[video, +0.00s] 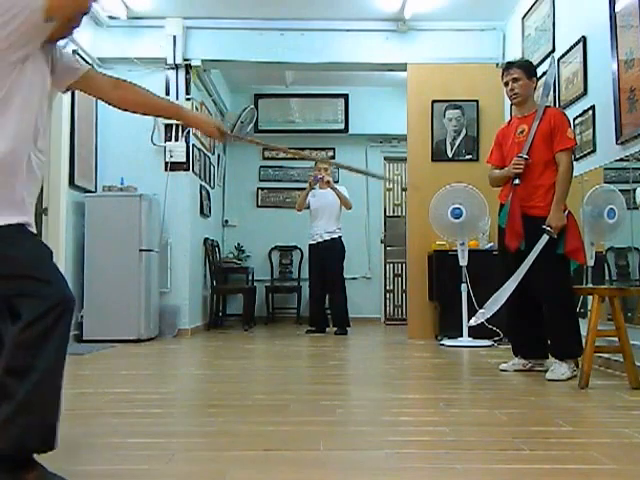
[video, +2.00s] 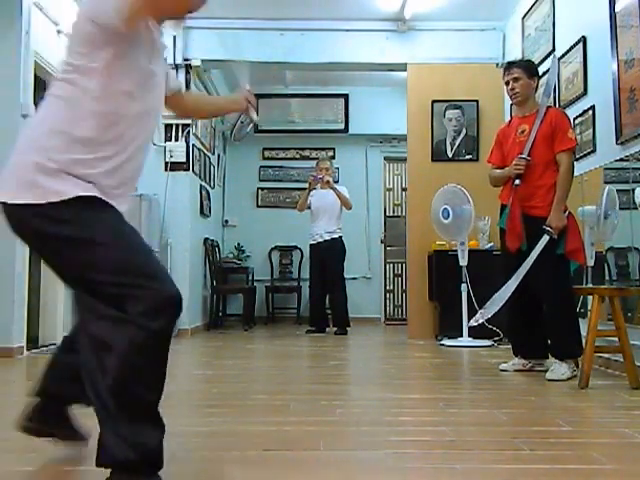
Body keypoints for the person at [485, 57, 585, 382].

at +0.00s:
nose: (511, 87)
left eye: (516, 80)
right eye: (506, 83)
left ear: (533, 83)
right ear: (504, 89)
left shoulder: (553, 117)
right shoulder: (504, 132)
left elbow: (565, 164)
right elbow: (493, 177)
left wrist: (557, 209)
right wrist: (508, 171)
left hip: (546, 214)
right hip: (513, 215)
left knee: (552, 284)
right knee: (519, 284)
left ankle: (565, 358)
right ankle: (529, 355)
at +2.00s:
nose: (511, 86)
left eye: (516, 80)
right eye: (507, 83)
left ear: (534, 82)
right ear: (505, 89)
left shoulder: (554, 117)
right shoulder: (505, 131)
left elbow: (566, 165)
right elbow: (493, 177)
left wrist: (558, 210)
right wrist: (509, 171)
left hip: (547, 215)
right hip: (514, 216)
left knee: (553, 285)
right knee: (520, 284)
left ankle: (565, 358)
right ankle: (529, 355)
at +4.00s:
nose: (516, 85)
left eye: (522, 79)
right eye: (512, 81)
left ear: (538, 82)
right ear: (508, 88)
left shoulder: (555, 117)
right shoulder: (506, 131)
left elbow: (567, 166)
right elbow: (494, 176)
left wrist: (559, 210)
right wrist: (510, 171)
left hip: (547, 214)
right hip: (514, 215)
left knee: (554, 284)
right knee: (520, 284)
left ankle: (565, 358)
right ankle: (529, 355)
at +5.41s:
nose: (514, 87)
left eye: (520, 81)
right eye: (511, 82)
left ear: (539, 83)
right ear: (510, 87)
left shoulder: (556, 118)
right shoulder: (507, 129)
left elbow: (567, 167)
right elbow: (494, 176)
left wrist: (559, 210)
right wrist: (510, 172)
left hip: (547, 215)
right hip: (515, 216)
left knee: (553, 285)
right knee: (520, 284)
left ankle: (565, 358)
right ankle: (530, 355)